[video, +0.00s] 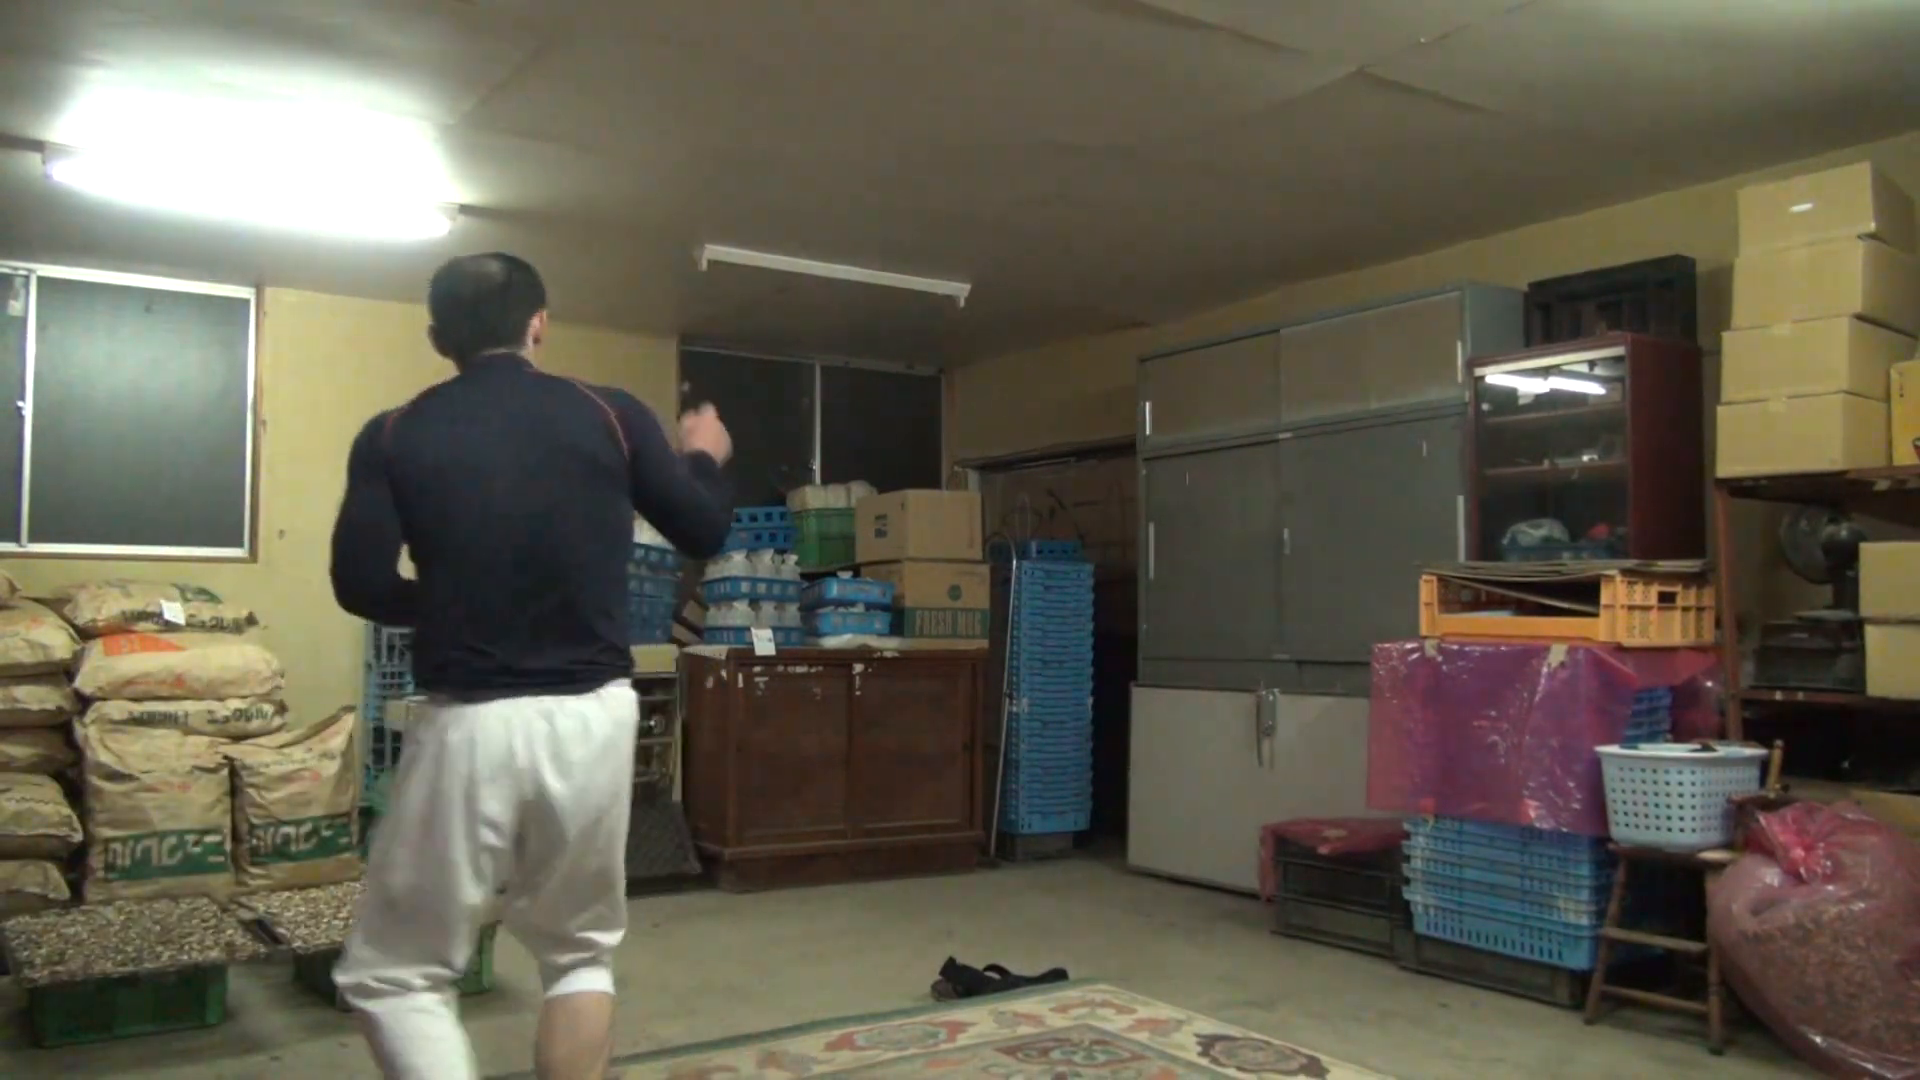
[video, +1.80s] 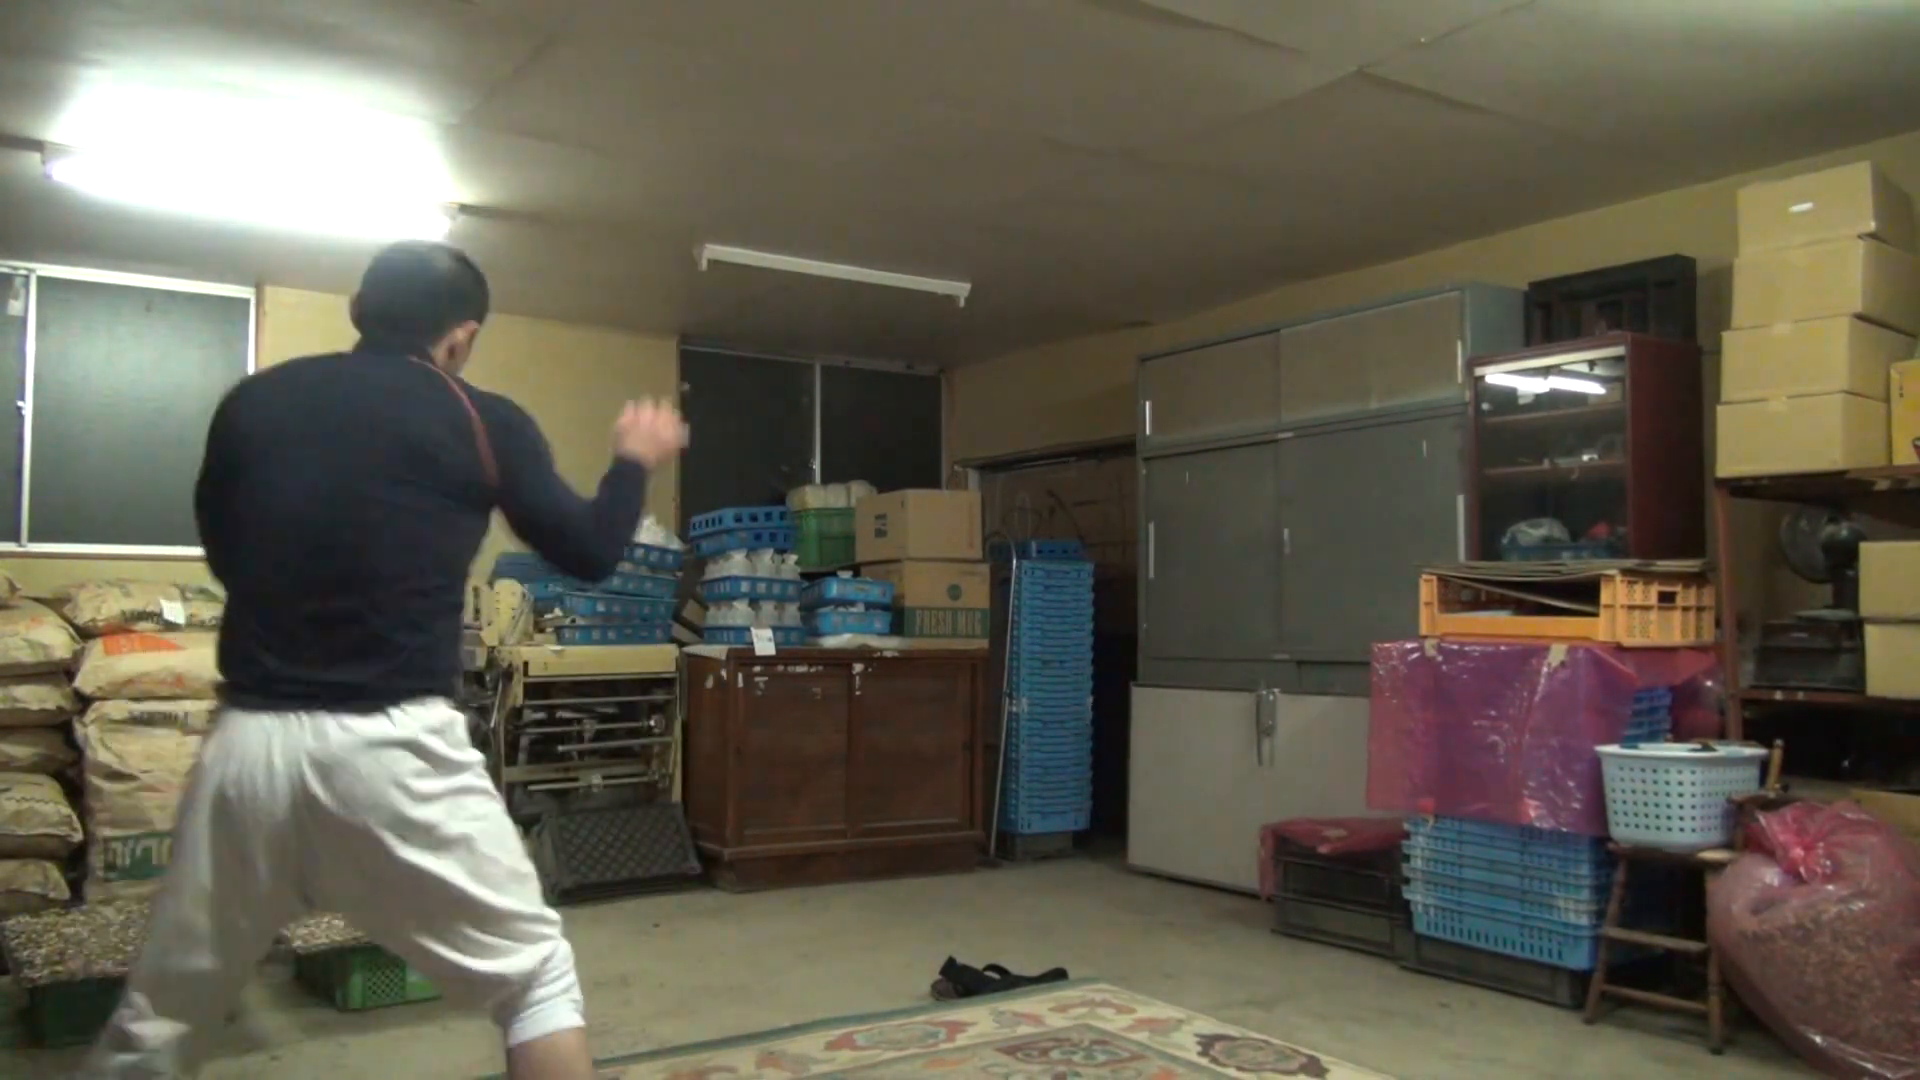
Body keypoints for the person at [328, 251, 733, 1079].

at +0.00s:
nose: (547, 328)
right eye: (545, 317)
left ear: (439, 338)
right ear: (537, 326)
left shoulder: (393, 436)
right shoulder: (609, 415)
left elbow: (360, 584)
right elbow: (703, 529)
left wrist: (452, 601)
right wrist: (705, 458)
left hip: (466, 729)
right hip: (593, 721)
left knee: (400, 974)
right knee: (580, 952)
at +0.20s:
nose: (537, 320)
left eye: (538, 302)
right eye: (533, 302)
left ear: (435, 302)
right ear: (496, 299)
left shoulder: (343, 394)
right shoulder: (515, 387)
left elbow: (303, 535)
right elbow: (570, 526)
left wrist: (411, 533)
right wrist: (649, 535)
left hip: (357, 710)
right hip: (483, 706)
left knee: (299, 966)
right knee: (551, 961)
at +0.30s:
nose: (518, 331)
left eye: (518, 312)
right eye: (509, 311)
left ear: (437, 314)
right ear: (458, 312)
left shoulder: (326, 404)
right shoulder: (444, 397)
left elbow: (293, 540)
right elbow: (468, 545)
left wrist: (450, 579)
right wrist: (598, 548)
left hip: (288, 723)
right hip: (401, 725)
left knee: (259, 981)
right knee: (518, 962)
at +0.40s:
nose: (496, 328)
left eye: (496, 309)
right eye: (486, 306)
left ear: (414, 309)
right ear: (426, 305)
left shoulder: (317, 393)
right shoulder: (389, 388)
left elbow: (326, 554)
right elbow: (376, 536)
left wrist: (449, 576)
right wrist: (527, 557)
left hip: (250, 727)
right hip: (352, 733)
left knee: (216, 1002)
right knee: (489, 957)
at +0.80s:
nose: (469, 273)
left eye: (466, 249)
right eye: (459, 249)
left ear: (366, 258)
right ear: (413, 252)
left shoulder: (259, 358)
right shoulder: (399, 336)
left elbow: (199, 505)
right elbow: (383, 472)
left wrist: (373, 541)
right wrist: (535, 522)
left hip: (192, 694)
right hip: (304, 701)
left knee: (182, 1010)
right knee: (357, 1014)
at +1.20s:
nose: (450, 307)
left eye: (450, 283)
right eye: (442, 282)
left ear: (365, 280)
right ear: (390, 279)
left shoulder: (242, 368)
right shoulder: (360, 367)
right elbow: (452, 518)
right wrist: (582, 456)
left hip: (149, 722)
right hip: (277, 719)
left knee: (104, 1029)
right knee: (425, 986)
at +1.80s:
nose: (473, 351)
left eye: (472, 335)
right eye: (474, 336)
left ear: (359, 319)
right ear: (456, 338)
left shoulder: (253, 400)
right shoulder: (484, 422)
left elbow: (225, 550)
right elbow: (590, 552)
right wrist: (635, 460)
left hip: (245, 752)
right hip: (398, 753)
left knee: (156, 1016)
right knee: (534, 983)